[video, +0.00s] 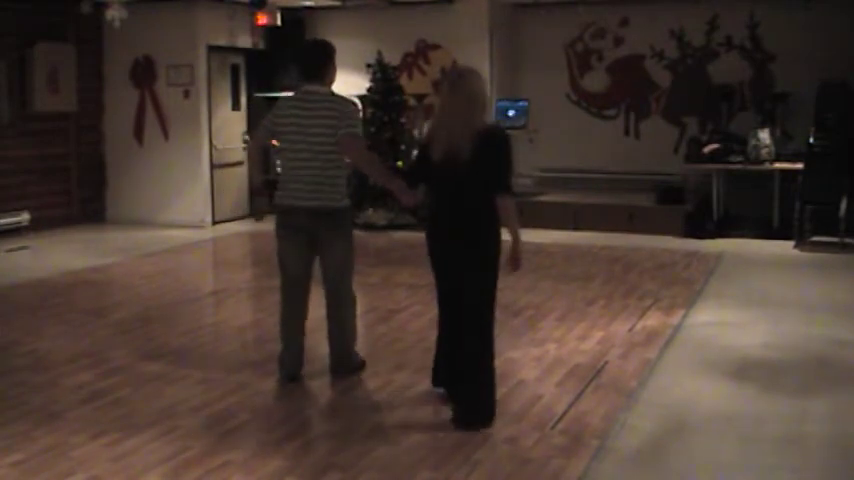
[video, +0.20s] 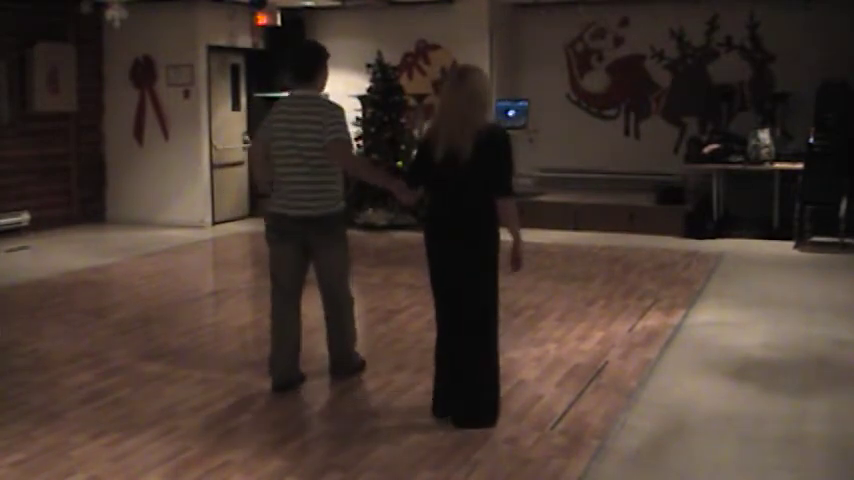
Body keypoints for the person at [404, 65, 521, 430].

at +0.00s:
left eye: (444, 93)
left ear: (444, 98)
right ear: (482, 98)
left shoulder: (436, 139)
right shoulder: (493, 139)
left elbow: (412, 191)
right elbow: (502, 196)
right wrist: (515, 239)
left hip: (443, 241)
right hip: (480, 243)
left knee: (451, 314)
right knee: (478, 321)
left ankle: (448, 381)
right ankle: (476, 408)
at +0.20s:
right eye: (485, 93)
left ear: (445, 97)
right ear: (484, 98)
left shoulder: (435, 138)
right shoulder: (494, 138)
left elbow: (411, 190)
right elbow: (503, 198)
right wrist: (516, 239)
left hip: (441, 244)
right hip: (479, 244)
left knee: (449, 321)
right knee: (479, 323)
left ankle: (446, 402)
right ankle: (477, 407)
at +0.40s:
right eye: (485, 93)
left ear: (445, 95)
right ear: (483, 97)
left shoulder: (432, 137)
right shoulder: (491, 138)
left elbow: (414, 188)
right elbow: (498, 196)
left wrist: (429, 220)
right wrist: (509, 240)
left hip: (437, 242)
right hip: (477, 242)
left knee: (440, 318)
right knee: (481, 318)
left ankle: (437, 402)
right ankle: (478, 404)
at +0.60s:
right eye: (483, 93)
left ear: (445, 96)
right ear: (482, 98)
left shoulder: (430, 137)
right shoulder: (490, 138)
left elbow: (416, 189)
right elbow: (494, 197)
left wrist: (428, 222)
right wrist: (503, 240)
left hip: (436, 240)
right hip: (476, 239)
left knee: (438, 317)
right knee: (485, 317)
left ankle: (435, 403)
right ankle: (484, 405)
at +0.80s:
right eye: (483, 92)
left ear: (443, 97)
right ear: (483, 97)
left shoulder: (432, 139)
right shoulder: (494, 138)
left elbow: (416, 194)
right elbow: (503, 196)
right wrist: (516, 238)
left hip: (440, 243)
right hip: (482, 243)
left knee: (442, 318)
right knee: (483, 322)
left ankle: (439, 404)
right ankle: (481, 410)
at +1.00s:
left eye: (442, 90)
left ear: (443, 98)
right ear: (483, 97)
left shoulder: (431, 140)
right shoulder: (496, 137)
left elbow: (415, 193)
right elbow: (509, 195)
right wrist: (526, 235)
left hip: (441, 243)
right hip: (483, 243)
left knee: (444, 317)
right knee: (482, 320)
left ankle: (445, 399)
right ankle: (482, 409)